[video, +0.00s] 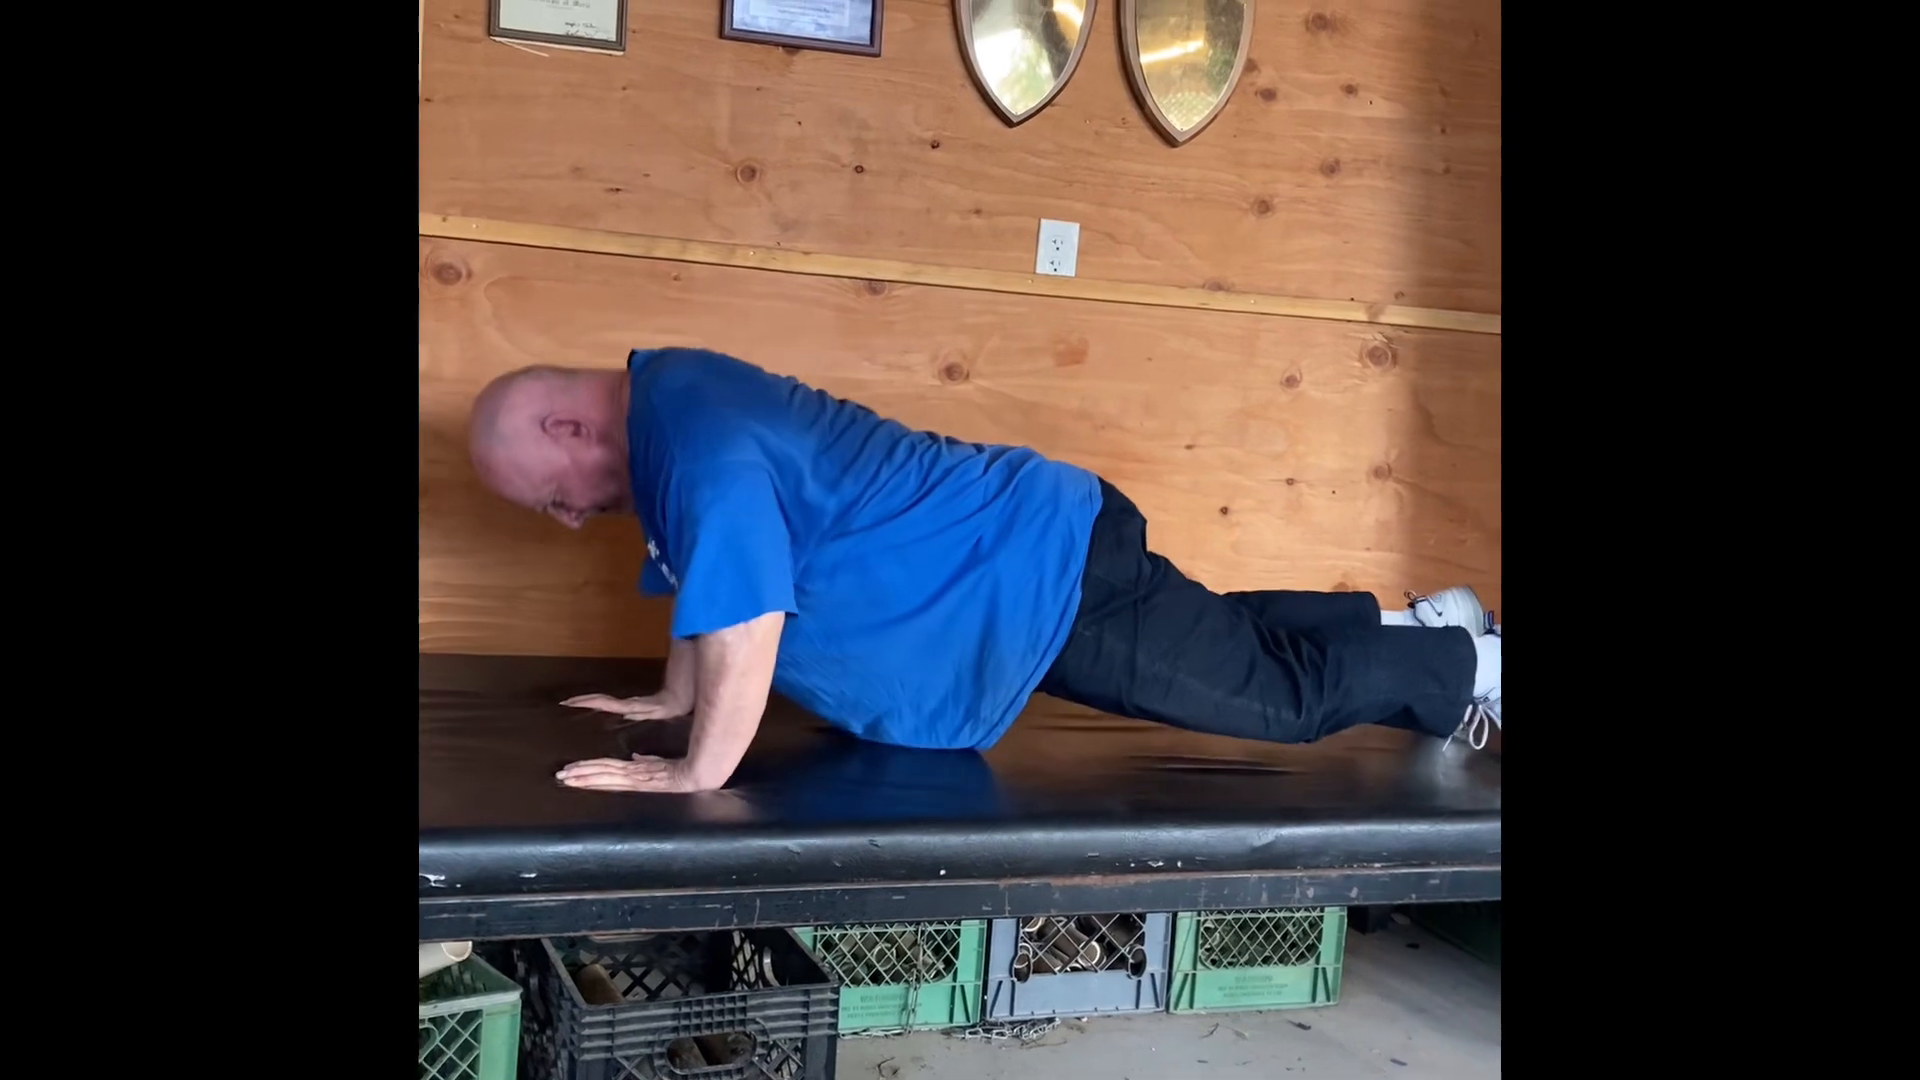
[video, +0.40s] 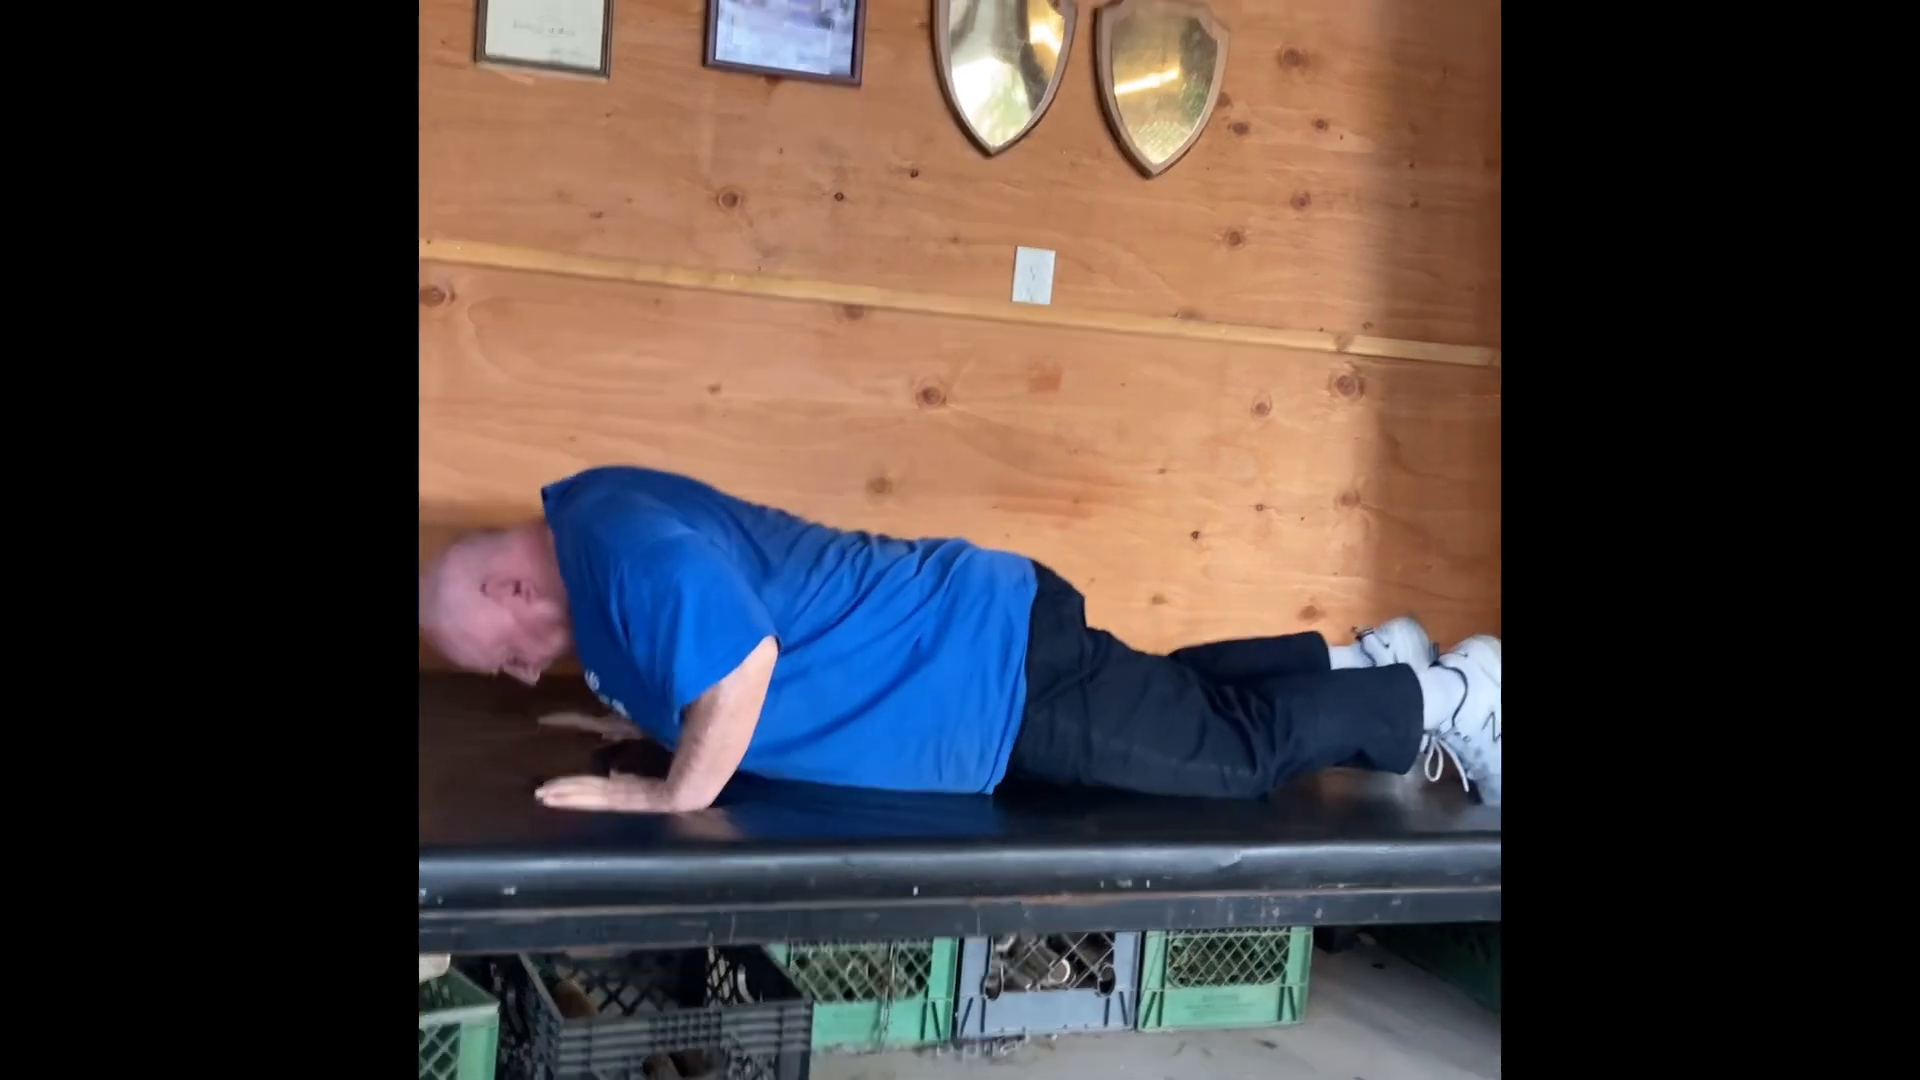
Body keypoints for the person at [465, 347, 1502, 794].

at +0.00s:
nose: (573, 511)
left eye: (556, 491)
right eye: (551, 502)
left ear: (571, 431)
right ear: (569, 415)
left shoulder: (695, 437)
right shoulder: (664, 412)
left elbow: (747, 613)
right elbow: (717, 592)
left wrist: (704, 770)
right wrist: (681, 705)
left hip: (1050, 583)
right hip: (1030, 557)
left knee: (1274, 696)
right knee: (1217, 638)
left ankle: (1462, 662)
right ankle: (1406, 618)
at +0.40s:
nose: (532, 658)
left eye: (511, 649)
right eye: (512, 658)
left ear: (512, 587)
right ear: (508, 573)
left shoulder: (640, 562)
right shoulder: (587, 532)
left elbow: (736, 667)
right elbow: (702, 648)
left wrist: (670, 798)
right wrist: (633, 716)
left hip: (993, 663)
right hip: (969, 670)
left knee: (1222, 755)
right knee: (1178, 705)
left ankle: (1429, 705)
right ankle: (1371, 668)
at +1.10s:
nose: (535, 569)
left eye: (516, 547)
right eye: (512, 561)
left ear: (523, 484)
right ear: (519, 486)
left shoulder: (649, 490)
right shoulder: (616, 486)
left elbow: (702, 672)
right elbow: (654, 661)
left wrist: (653, 826)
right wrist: (627, 768)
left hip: (990, 634)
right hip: (968, 635)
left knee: (1212, 749)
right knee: (1176, 703)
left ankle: (1432, 731)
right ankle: (1374, 694)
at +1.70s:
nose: (502, 632)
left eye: (482, 616)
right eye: (481, 627)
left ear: (493, 556)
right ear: (493, 561)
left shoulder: (619, 549)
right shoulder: (582, 540)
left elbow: (696, 705)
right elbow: (686, 664)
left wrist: (634, 841)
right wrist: (634, 752)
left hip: (959, 679)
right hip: (927, 704)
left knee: (1190, 784)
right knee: (1155, 754)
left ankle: (1412, 753)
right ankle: (1347, 713)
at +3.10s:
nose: (528, 571)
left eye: (515, 555)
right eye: (512, 560)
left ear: (539, 501)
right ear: (540, 484)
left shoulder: (665, 533)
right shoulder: (633, 514)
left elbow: (682, 729)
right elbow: (648, 696)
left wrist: (637, 872)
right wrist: (614, 811)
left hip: (982, 678)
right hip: (952, 681)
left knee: (1201, 798)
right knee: (1168, 763)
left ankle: (1432, 787)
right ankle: (1362, 763)